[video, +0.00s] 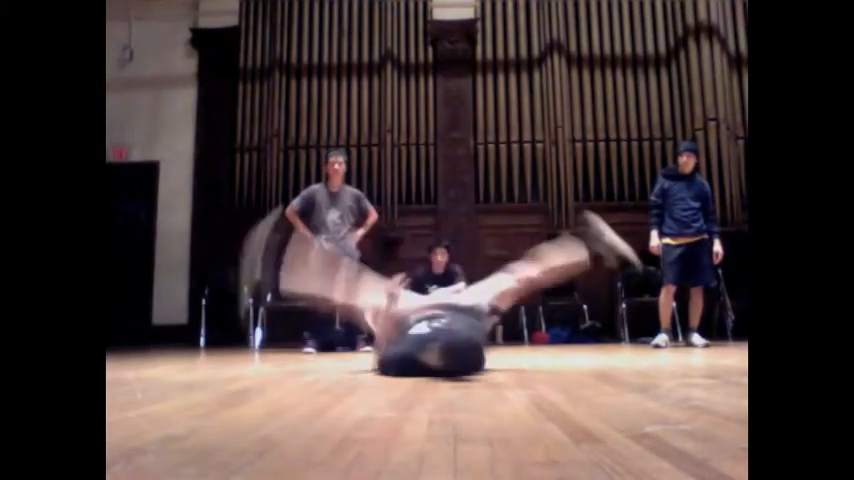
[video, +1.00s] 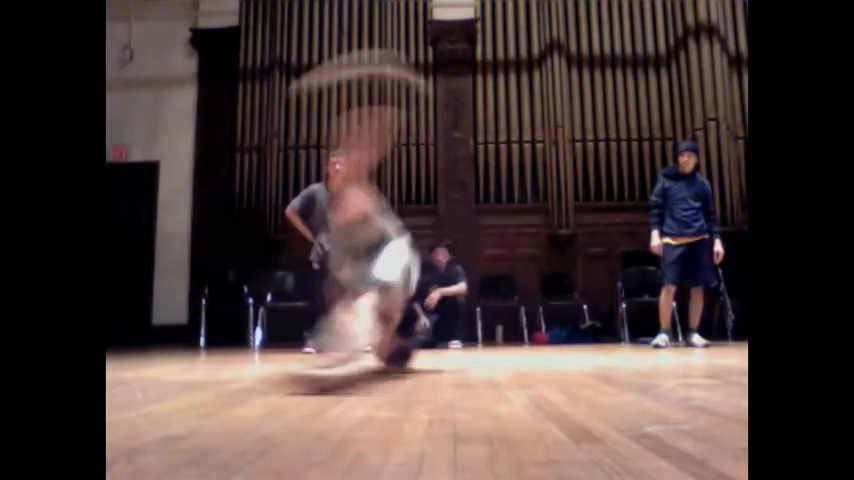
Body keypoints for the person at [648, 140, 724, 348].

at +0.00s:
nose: (686, 160)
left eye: (690, 156)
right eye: (683, 156)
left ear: (696, 160)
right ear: (677, 159)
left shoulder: (701, 184)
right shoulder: (665, 181)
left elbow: (710, 215)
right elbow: (655, 208)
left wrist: (716, 240)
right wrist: (654, 234)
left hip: (698, 239)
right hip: (672, 240)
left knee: (697, 287)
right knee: (669, 286)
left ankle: (693, 332)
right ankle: (664, 332)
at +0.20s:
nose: (686, 161)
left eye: (691, 156)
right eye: (683, 156)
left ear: (696, 160)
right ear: (677, 159)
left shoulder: (701, 184)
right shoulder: (665, 181)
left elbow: (710, 215)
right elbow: (655, 208)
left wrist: (716, 239)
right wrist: (654, 233)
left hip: (698, 240)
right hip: (672, 240)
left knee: (697, 287)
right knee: (669, 286)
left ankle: (693, 332)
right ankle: (664, 332)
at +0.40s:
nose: (686, 161)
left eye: (691, 156)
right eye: (683, 156)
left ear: (696, 160)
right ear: (677, 159)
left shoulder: (701, 183)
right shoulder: (665, 181)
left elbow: (710, 215)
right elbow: (655, 208)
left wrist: (716, 239)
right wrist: (655, 233)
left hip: (699, 240)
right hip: (673, 240)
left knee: (697, 287)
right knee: (669, 286)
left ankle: (693, 332)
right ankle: (664, 332)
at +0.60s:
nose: (686, 161)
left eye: (690, 157)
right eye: (683, 156)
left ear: (696, 160)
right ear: (677, 159)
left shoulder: (702, 184)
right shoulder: (665, 181)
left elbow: (710, 215)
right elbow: (655, 208)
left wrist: (716, 239)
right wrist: (655, 233)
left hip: (699, 240)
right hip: (673, 240)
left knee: (697, 287)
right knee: (669, 286)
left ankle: (693, 332)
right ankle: (664, 332)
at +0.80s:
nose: (686, 161)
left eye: (690, 157)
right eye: (683, 156)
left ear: (697, 160)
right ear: (678, 159)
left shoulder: (702, 184)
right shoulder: (665, 181)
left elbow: (710, 215)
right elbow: (655, 208)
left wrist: (716, 239)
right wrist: (655, 234)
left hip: (699, 240)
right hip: (673, 240)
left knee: (697, 287)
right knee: (669, 286)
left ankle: (693, 332)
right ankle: (664, 332)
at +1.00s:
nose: (686, 160)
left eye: (690, 156)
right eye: (683, 156)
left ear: (697, 159)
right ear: (677, 158)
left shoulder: (702, 184)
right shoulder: (665, 181)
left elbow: (711, 215)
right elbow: (656, 208)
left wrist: (716, 239)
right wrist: (655, 233)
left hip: (699, 240)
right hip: (673, 240)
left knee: (697, 288)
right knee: (669, 286)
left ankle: (693, 332)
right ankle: (664, 332)